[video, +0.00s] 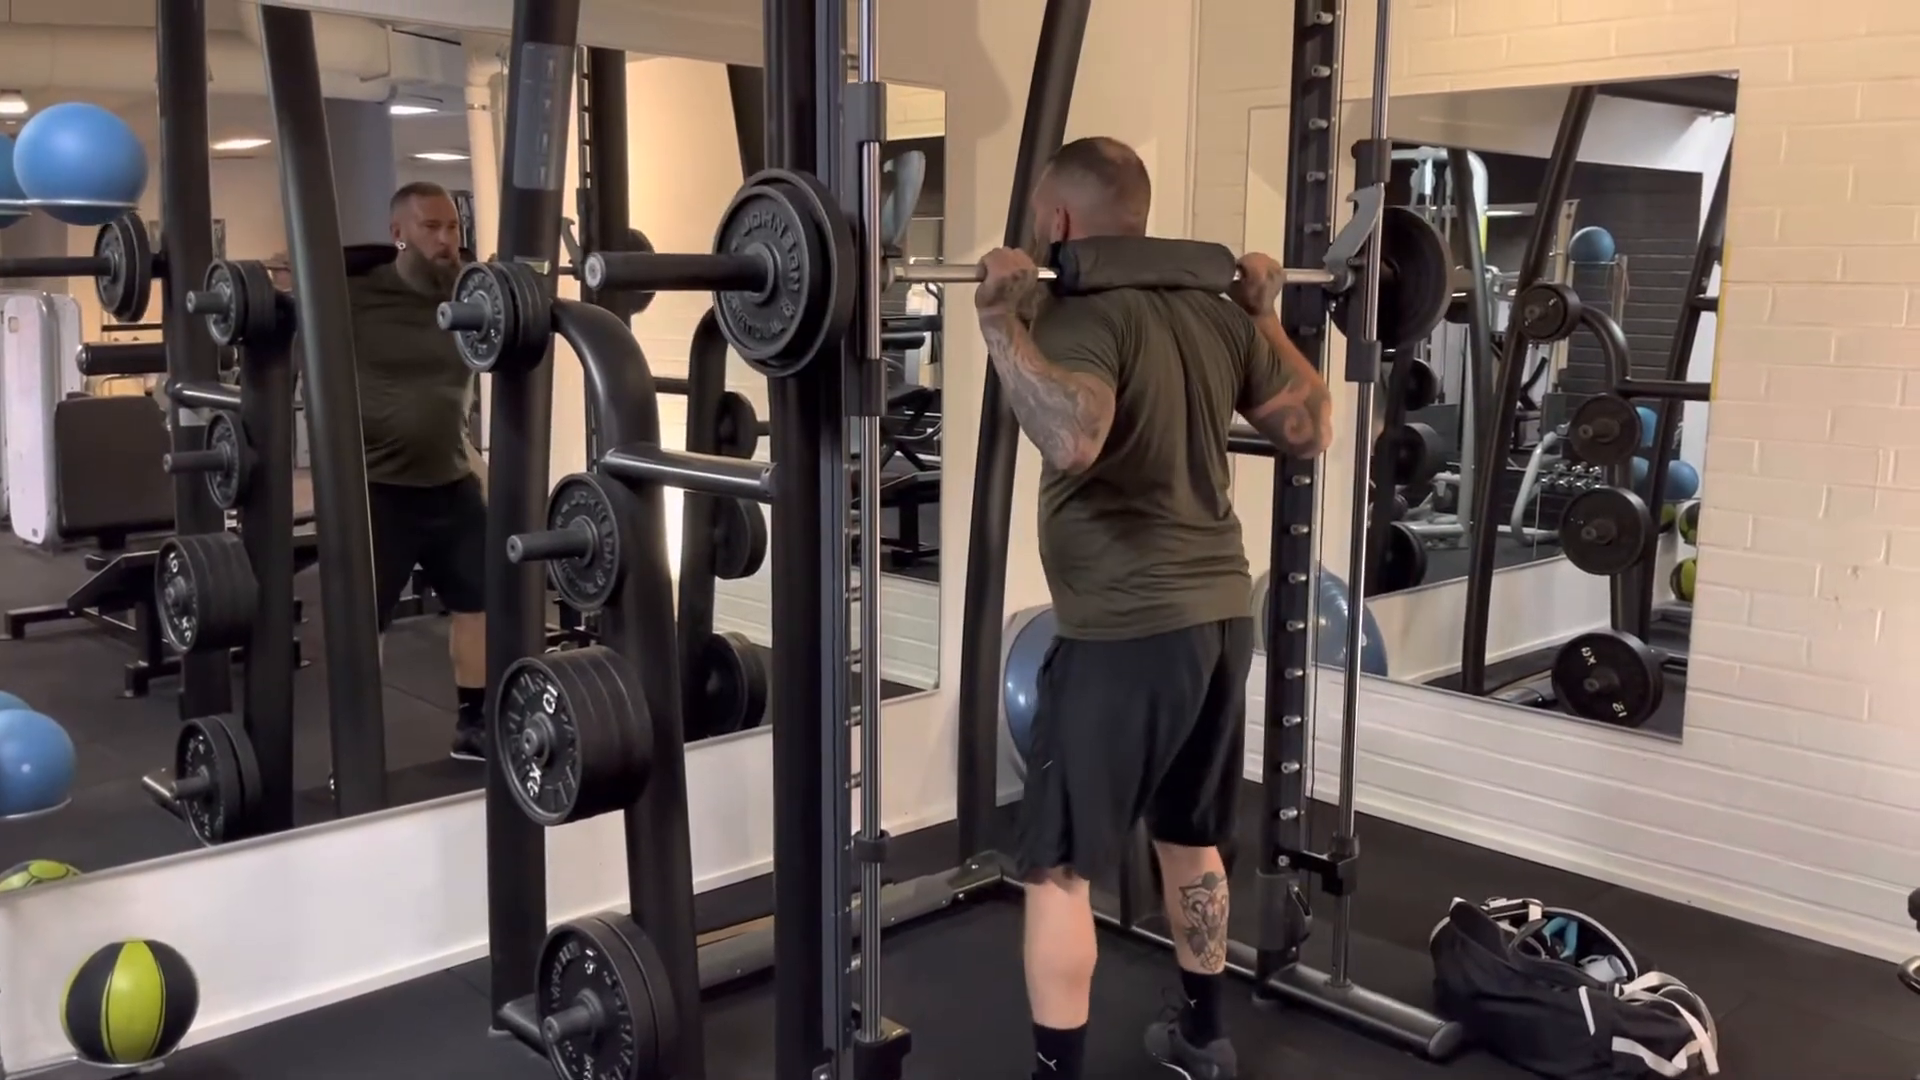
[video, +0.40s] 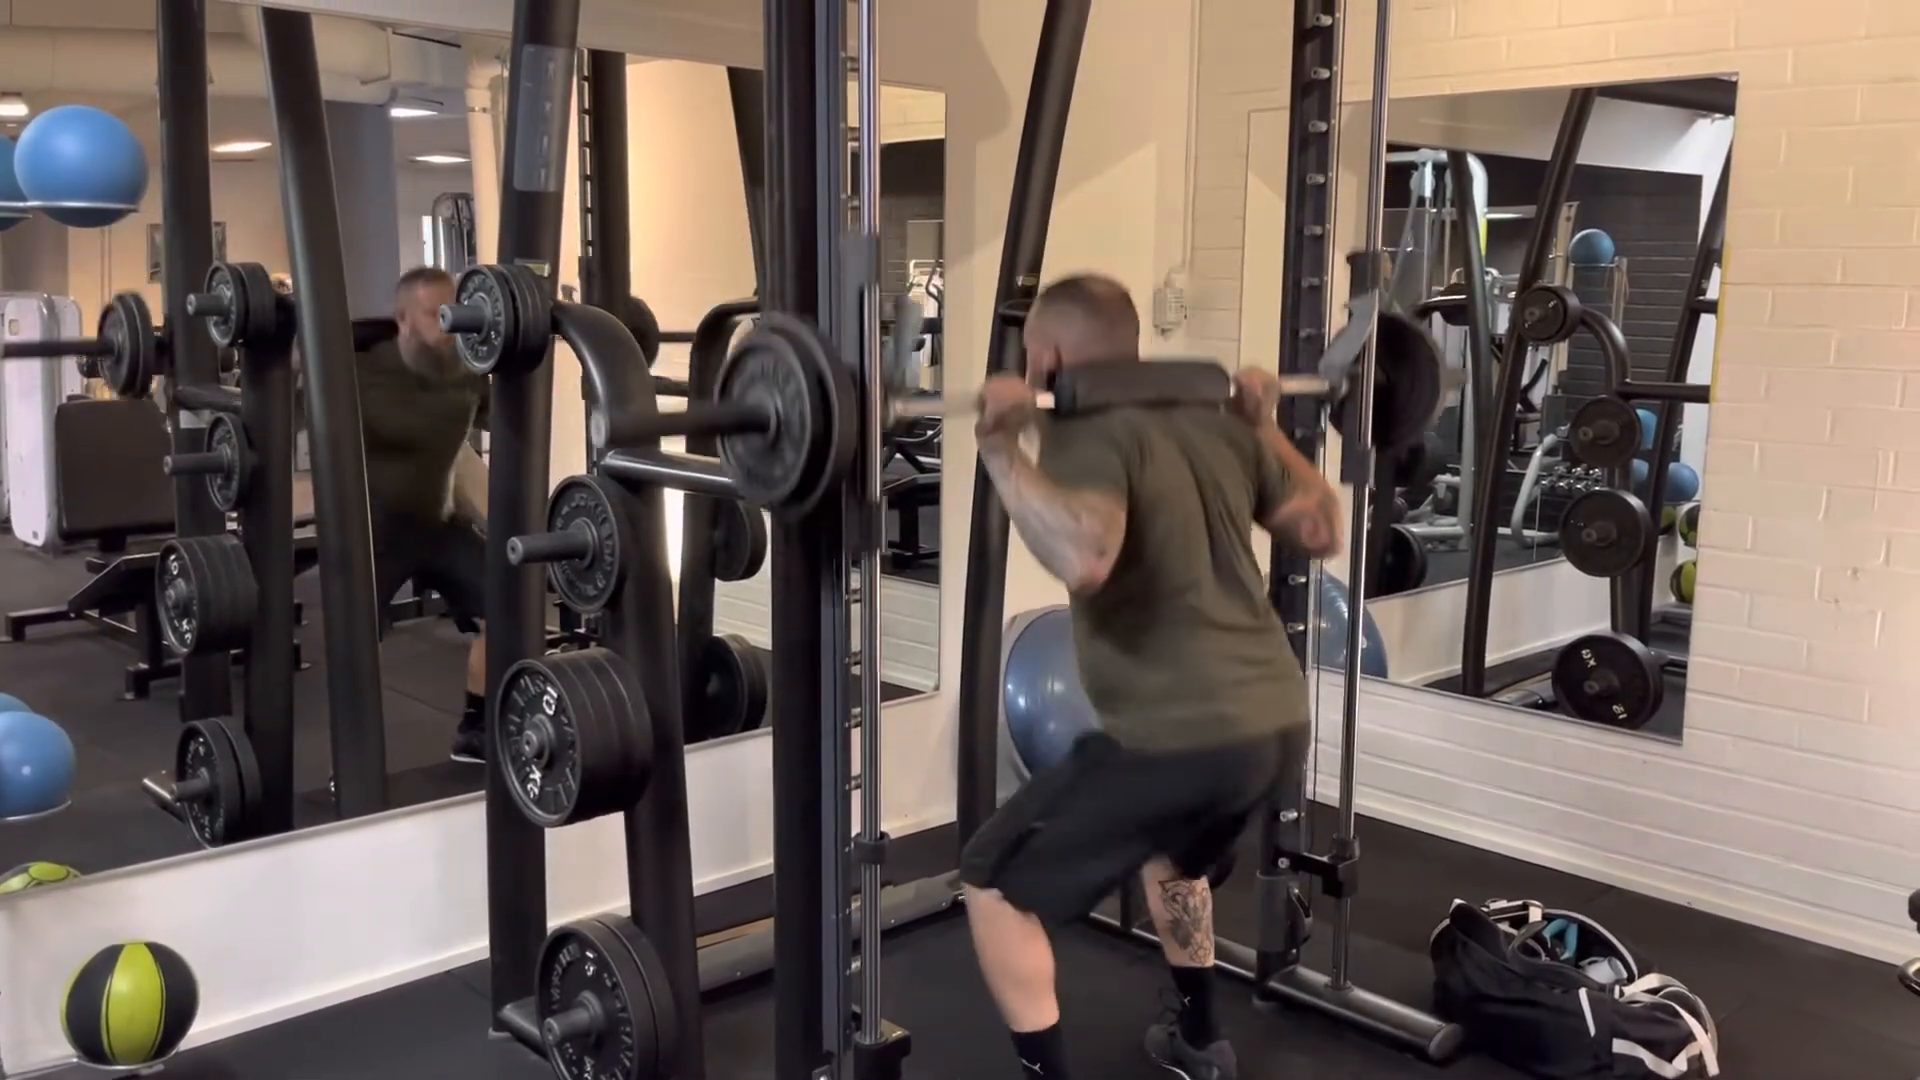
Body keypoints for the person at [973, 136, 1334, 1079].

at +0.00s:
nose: (1036, 232)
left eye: (1040, 217)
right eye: (1041, 217)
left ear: (1062, 218)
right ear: (1139, 213)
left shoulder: (1086, 308)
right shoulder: (1212, 306)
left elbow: (1074, 434)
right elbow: (1306, 426)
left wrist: (1000, 317)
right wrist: (1266, 316)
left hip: (1123, 632)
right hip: (1222, 618)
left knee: (1059, 863)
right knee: (1189, 834)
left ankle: (1056, 1068)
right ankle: (1206, 1037)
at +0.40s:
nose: (1031, 368)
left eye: (1033, 352)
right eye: (1030, 353)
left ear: (1055, 351)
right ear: (1129, 341)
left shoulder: (1091, 426)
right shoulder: (1218, 421)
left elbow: (1084, 555)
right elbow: (1325, 528)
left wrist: (1001, 450)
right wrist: (1265, 427)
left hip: (1173, 743)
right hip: (1271, 730)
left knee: (995, 880)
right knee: (1172, 857)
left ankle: (1045, 1068)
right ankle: (1199, 1038)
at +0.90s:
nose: (1029, 587)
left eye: (1029, 571)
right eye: (1028, 570)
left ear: (1053, 579)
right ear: (1126, 564)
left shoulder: (1093, 655)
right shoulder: (1218, 635)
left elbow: (1085, 794)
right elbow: (1322, 739)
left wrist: (999, 679)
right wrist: (1258, 629)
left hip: (1198, 966)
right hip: (1296, 944)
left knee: (963, 885)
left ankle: (1041, 1068)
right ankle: (1199, 1044)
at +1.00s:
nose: (1029, 611)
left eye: (1029, 596)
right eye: (1028, 596)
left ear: (1053, 601)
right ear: (1127, 586)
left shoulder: (1092, 679)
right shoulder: (1219, 657)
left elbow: (1085, 821)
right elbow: (1319, 761)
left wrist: (998, 705)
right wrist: (1258, 652)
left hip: (1202, 990)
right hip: (1295, 966)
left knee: (961, 886)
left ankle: (1041, 1069)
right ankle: (1200, 1053)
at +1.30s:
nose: (1032, 567)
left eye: (1033, 551)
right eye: (1032, 550)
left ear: (1056, 557)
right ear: (1130, 545)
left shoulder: (1095, 634)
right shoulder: (1218, 615)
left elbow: (1085, 772)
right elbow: (1325, 718)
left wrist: (1003, 658)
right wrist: (1260, 612)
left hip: (1211, 936)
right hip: (1310, 916)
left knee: (974, 881)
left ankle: (1044, 1068)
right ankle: (1198, 1041)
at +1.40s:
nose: (1036, 537)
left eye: (1036, 520)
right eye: (1035, 520)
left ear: (1057, 522)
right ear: (1130, 510)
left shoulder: (1096, 597)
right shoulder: (1223, 583)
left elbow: (1090, 731)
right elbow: (1329, 684)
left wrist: (1003, 624)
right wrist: (1263, 579)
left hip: (1210, 898)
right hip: (1313, 881)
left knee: (982, 880)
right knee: (1146, 838)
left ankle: (1045, 1069)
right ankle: (1200, 1036)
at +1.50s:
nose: (1034, 490)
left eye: (1035, 475)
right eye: (1033, 475)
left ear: (1058, 480)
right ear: (1134, 467)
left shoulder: (1095, 555)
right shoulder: (1221, 544)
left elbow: (1091, 684)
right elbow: (1329, 643)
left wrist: (1001, 575)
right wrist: (1264, 540)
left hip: (1209, 850)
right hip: (1313, 836)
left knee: (986, 884)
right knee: (1150, 839)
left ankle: (1046, 1070)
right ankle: (1200, 1038)